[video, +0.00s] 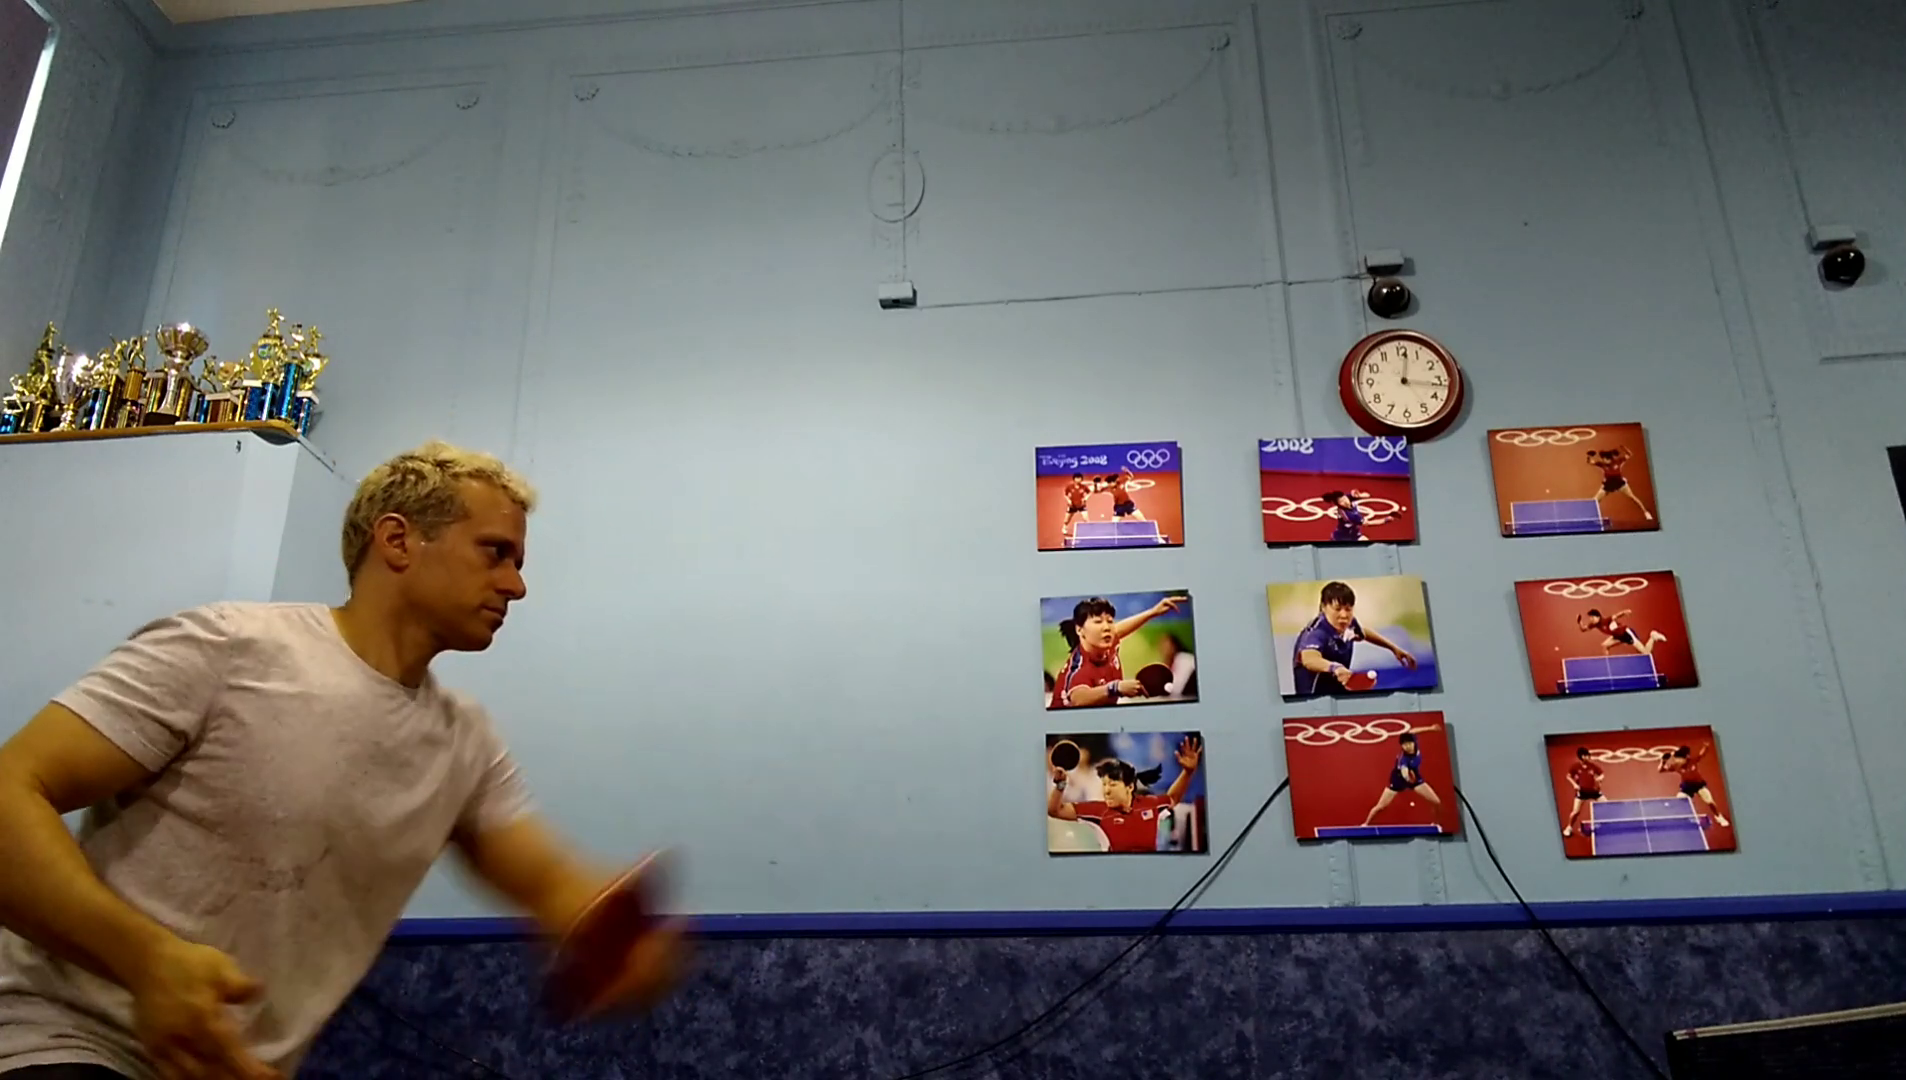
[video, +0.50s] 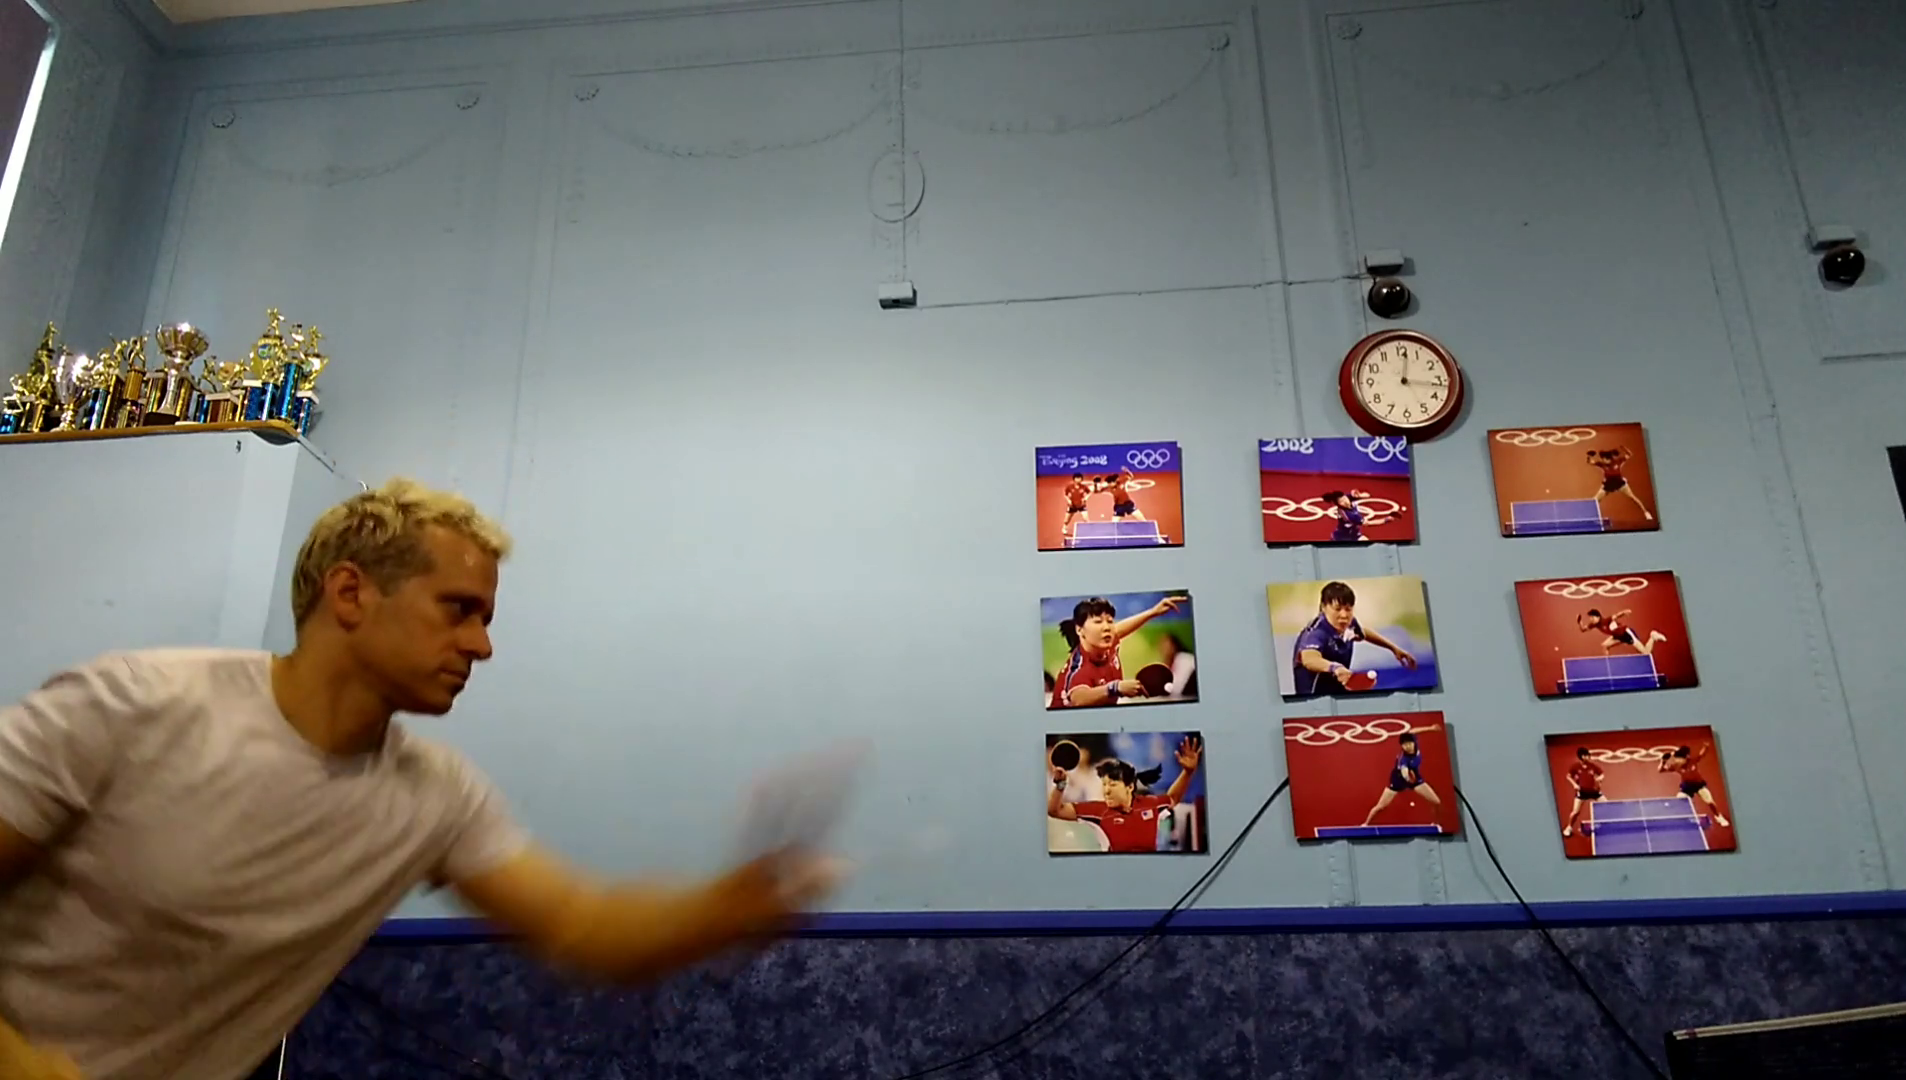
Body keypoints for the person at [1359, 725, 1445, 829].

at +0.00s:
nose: (1408, 747)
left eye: (1409, 744)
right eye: (1405, 745)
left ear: (1413, 743)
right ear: (1402, 746)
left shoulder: (1415, 747)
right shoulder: (1403, 758)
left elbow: (1414, 731)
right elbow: (1404, 771)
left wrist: (1431, 728)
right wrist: (1408, 778)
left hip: (1415, 779)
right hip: (1398, 781)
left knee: (1436, 801)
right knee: (1381, 806)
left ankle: (1436, 823)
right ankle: (1366, 823)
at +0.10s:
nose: (1408, 747)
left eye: (1409, 744)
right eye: (1405, 745)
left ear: (1414, 743)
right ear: (1402, 746)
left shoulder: (1416, 748)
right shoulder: (1403, 758)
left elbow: (1413, 731)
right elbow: (1404, 771)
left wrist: (1431, 728)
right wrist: (1409, 778)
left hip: (1415, 779)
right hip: (1398, 781)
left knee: (1436, 801)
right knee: (1381, 806)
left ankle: (1435, 823)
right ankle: (1366, 823)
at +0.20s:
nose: (1408, 747)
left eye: (1409, 744)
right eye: (1405, 745)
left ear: (1414, 743)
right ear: (1402, 746)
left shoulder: (1416, 748)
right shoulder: (1403, 758)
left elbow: (1413, 731)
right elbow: (1404, 771)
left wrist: (1431, 728)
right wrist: (1409, 778)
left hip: (1415, 779)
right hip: (1398, 781)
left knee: (1436, 801)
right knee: (1381, 806)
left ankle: (1435, 823)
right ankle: (1366, 823)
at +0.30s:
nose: (1408, 747)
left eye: (1410, 744)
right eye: (1405, 745)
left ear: (1414, 743)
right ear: (1402, 746)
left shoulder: (1416, 747)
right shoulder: (1403, 758)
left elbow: (1414, 731)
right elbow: (1404, 771)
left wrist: (1431, 728)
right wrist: (1409, 779)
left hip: (1414, 779)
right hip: (1398, 781)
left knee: (1436, 801)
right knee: (1380, 806)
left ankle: (1436, 823)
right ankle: (1366, 823)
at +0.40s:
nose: (1408, 747)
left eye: (1409, 744)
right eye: (1405, 745)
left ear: (1414, 743)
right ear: (1402, 746)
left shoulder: (1416, 748)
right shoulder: (1403, 758)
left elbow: (1413, 731)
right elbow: (1404, 771)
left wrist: (1431, 728)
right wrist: (1409, 778)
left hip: (1415, 779)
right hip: (1398, 781)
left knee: (1436, 802)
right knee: (1381, 806)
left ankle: (1435, 823)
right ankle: (1366, 823)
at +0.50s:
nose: (1408, 747)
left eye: (1409, 744)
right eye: (1405, 745)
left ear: (1414, 743)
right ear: (1402, 746)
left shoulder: (1416, 748)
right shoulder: (1403, 758)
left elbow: (1413, 731)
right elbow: (1404, 771)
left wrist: (1431, 728)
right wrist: (1409, 778)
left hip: (1415, 779)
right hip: (1398, 781)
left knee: (1436, 802)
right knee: (1381, 806)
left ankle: (1435, 823)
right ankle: (1366, 823)